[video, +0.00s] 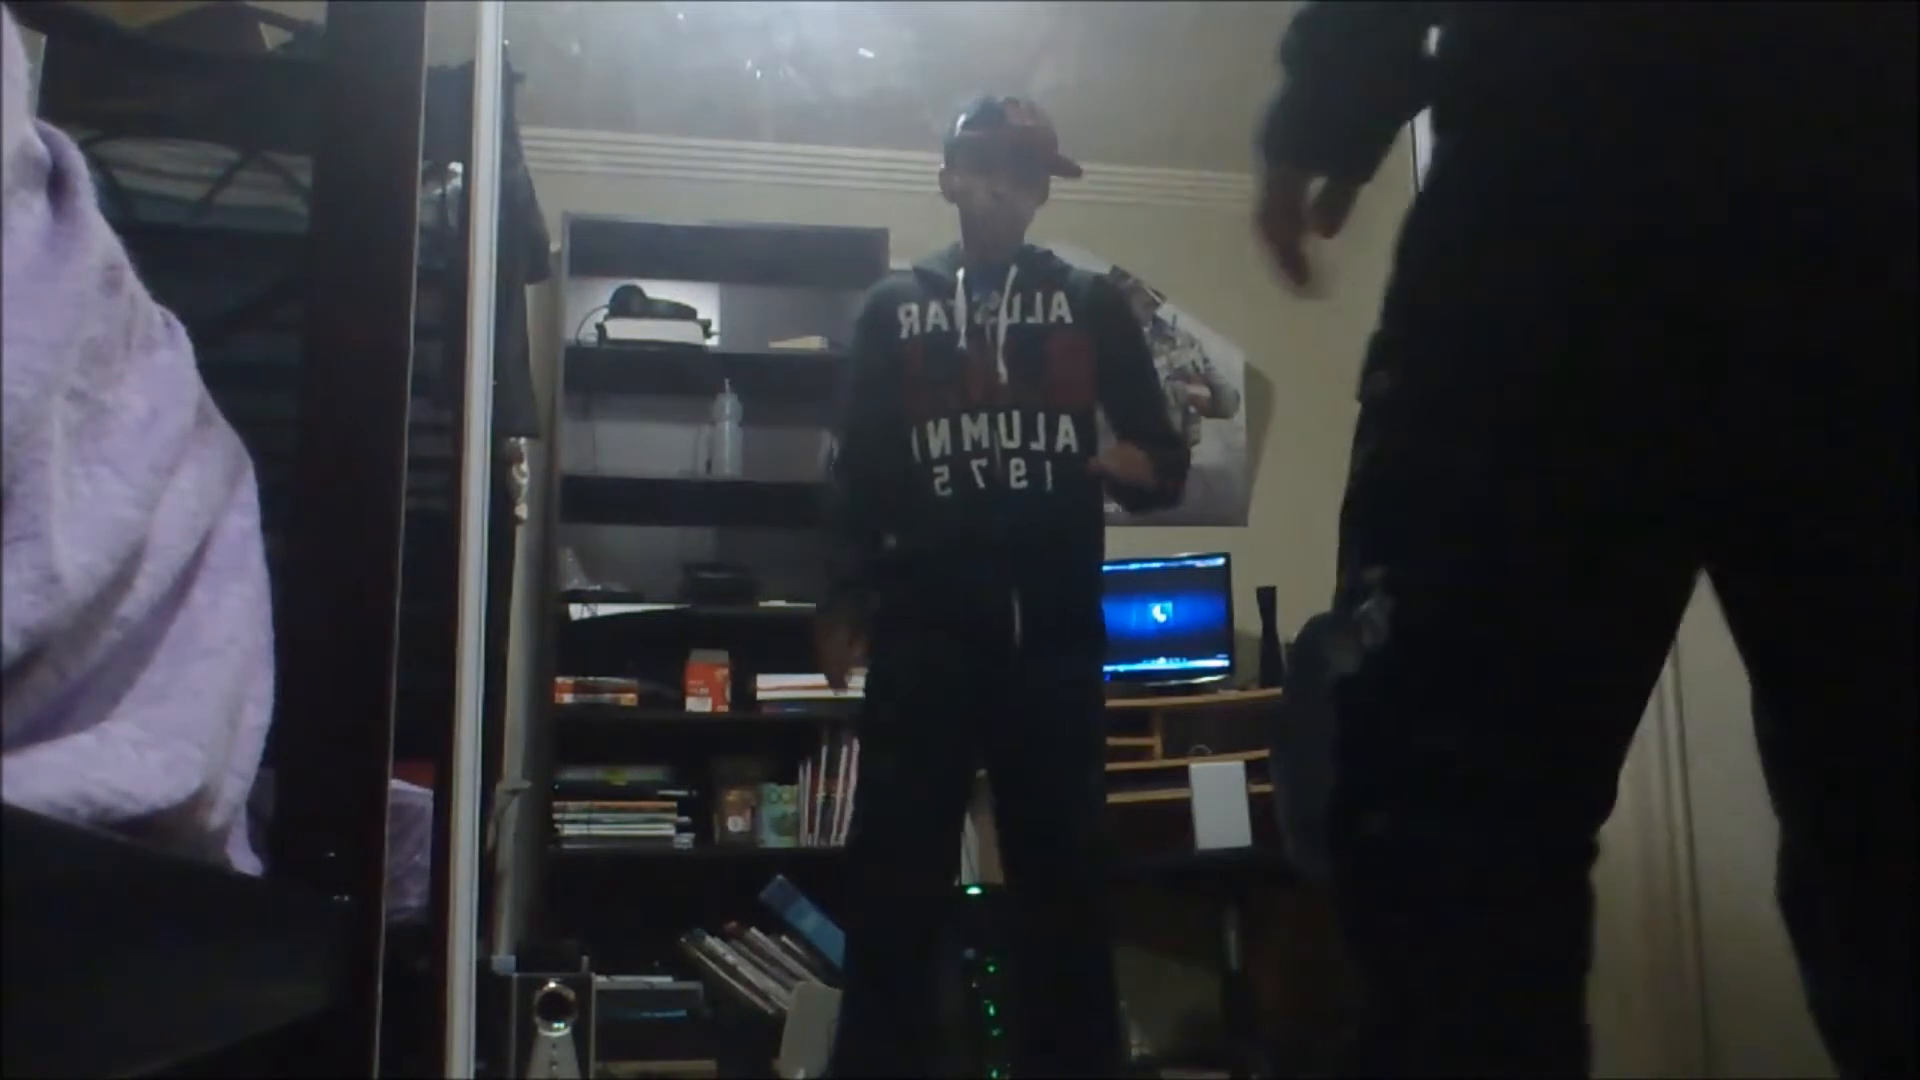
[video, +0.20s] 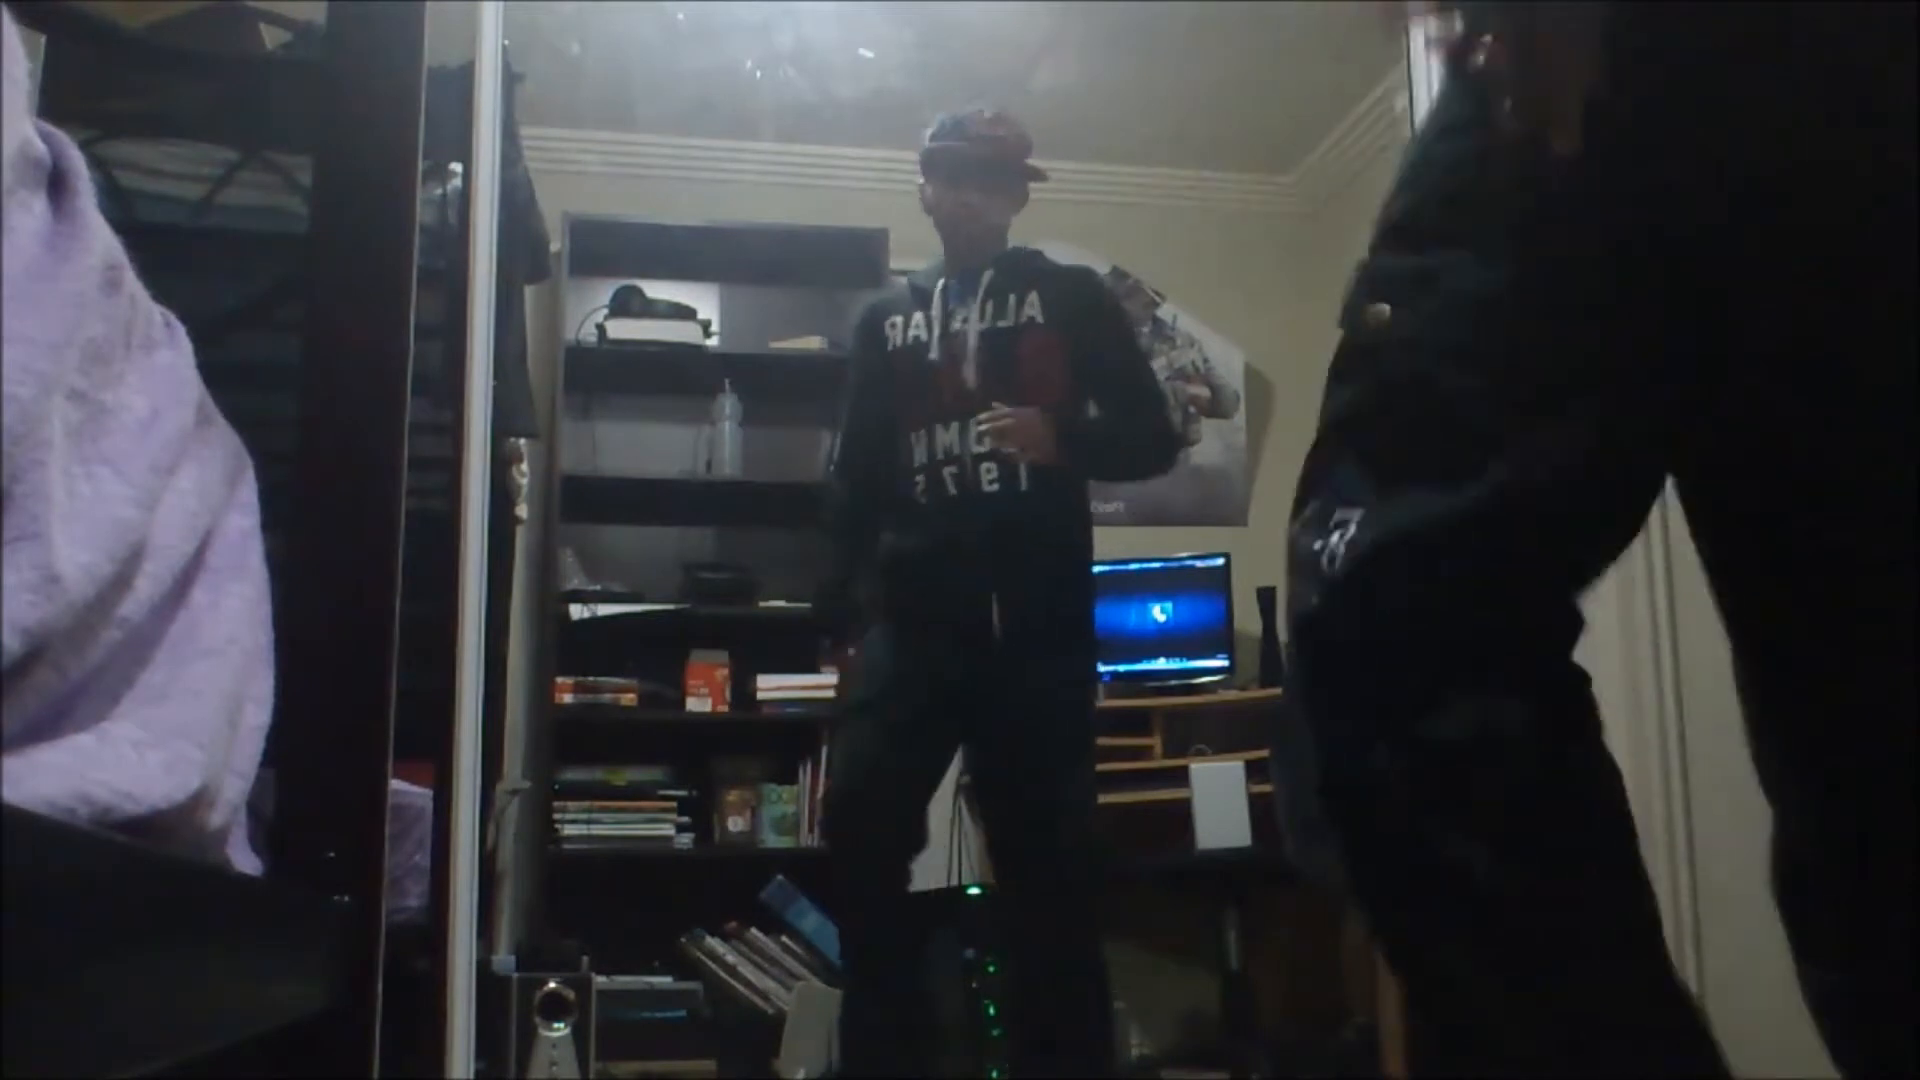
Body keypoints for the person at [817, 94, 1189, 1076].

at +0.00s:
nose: (999, 187)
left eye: (1019, 170)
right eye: (981, 167)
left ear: (1046, 184)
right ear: (949, 177)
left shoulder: (1092, 299)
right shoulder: (893, 304)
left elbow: (1164, 467)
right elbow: (857, 466)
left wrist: (1113, 454)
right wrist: (842, 599)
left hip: (1052, 618)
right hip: (924, 615)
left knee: (1061, 868)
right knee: (893, 866)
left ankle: (1069, 1066)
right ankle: (883, 1068)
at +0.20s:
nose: (974, 197)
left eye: (994, 180)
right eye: (956, 177)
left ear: (1024, 189)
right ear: (924, 187)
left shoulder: (1073, 294)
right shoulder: (883, 318)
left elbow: (1153, 437)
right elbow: (855, 481)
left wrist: (1062, 440)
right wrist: (844, 619)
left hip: (1035, 612)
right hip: (911, 619)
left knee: (1041, 856)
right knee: (860, 839)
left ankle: (1063, 1059)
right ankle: (890, 1055)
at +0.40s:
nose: (951, 206)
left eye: (973, 187)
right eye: (935, 187)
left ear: (1009, 197)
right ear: (910, 199)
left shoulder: (1064, 318)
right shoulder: (874, 330)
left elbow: (1134, 466)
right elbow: (839, 481)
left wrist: (1020, 463)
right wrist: (824, 608)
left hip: (1028, 637)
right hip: (904, 639)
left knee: (1042, 884)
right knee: (872, 877)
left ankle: (1058, 1067)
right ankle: (873, 1069)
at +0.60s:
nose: (953, 213)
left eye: (972, 197)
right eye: (935, 193)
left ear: (997, 212)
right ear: (903, 204)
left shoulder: (1041, 336)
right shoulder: (850, 331)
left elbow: (1102, 484)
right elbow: (783, 477)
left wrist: (994, 457)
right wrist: (826, 583)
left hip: (1011, 631)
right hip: (888, 633)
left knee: (1039, 873)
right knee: (881, 877)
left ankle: (1061, 1064)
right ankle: (882, 1064)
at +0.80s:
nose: (978, 227)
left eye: (995, 210)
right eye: (961, 204)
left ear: (1016, 223)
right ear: (922, 212)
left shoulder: (1047, 339)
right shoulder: (865, 320)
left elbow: (1084, 486)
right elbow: (792, 455)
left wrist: (1013, 441)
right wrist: (867, 535)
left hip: (1017, 629)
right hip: (899, 626)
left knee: (1060, 869)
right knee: (891, 872)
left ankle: (1055, 1065)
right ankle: (881, 1064)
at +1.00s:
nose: (1001, 234)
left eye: (1019, 220)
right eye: (985, 213)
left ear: (1040, 234)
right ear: (949, 224)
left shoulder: (1074, 355)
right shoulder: (892, 339)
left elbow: (1110, 506)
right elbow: (832, 489)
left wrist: (1040, 487)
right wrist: (885, 609)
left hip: (1034, 642)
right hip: (918, 639)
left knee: (1050, 882)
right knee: (899, 880)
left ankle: (1052, 1066)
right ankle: (884, 1067)